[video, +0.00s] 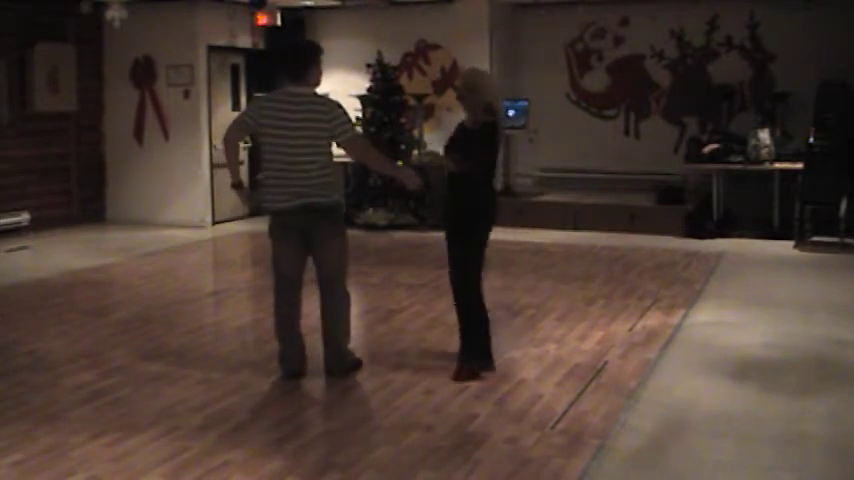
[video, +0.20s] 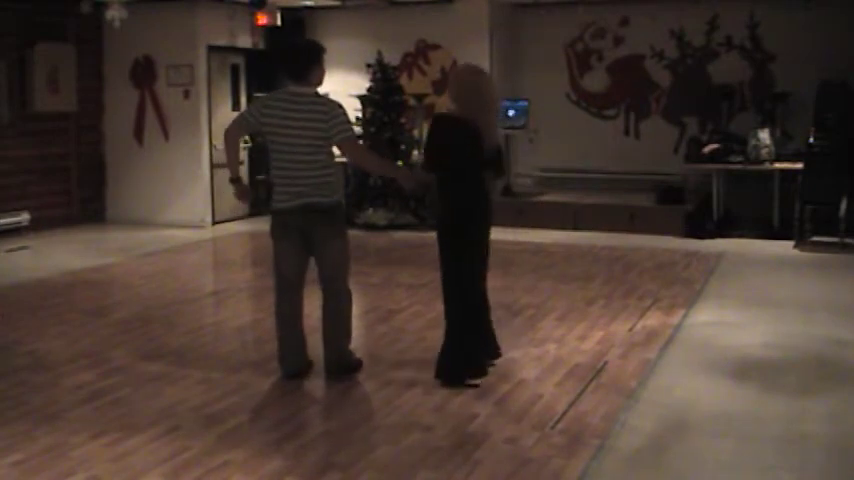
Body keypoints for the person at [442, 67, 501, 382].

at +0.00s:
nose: (459, 97)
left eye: (464, 92)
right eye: (459, 92)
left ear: (476, 95)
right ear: (477, 96)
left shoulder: (483, 128)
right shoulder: (471, 127)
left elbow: (464, 167)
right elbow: (454, 163)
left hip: (473, 214)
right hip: (463, 212)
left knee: (467, 286)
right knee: (464, 284)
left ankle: (476, 357)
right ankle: (474, 354)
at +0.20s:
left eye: (449, 85)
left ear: (452, 91)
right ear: (483, 94)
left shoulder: (441, 126)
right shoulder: (483, 130)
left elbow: (431, 170)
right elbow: (494, 172)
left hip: (451, 220)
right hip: (475, 220)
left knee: (459, 289)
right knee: (471, 287)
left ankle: (462, 359)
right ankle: (465, 359)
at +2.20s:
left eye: (440, 92)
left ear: (439, 99)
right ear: (478, 98)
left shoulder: (426, 142)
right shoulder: (491, 139)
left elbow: (412, 193)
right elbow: (503, 197)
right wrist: (519, 238)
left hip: (437, 244)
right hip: (479, 243)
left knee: (442, 320)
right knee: (483, 321)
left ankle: (448, 400)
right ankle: (484, 406)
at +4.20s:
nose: (475, 104)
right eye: (474, 97)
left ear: (437, 102)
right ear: (475, 102)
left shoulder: (422, 146)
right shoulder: (487, 140)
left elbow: (415, 196)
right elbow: (498, 196)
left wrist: (430, 222)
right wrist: (509, 238)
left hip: (436, 243)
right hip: (476, 241)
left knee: (441, 316)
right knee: (489, 309)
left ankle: (442, 395)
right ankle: (487, 389)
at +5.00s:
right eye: (477, 95)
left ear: (439, 100)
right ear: (478, 99)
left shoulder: (426, 141)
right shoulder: (489, 138)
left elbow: (412, 191)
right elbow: (505, 192)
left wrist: (428, 215)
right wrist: (511, 223)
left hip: (439, 239)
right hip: (479, 238)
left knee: (442, 317)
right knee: (499, 296)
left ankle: (445, 397)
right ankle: (493, 376)